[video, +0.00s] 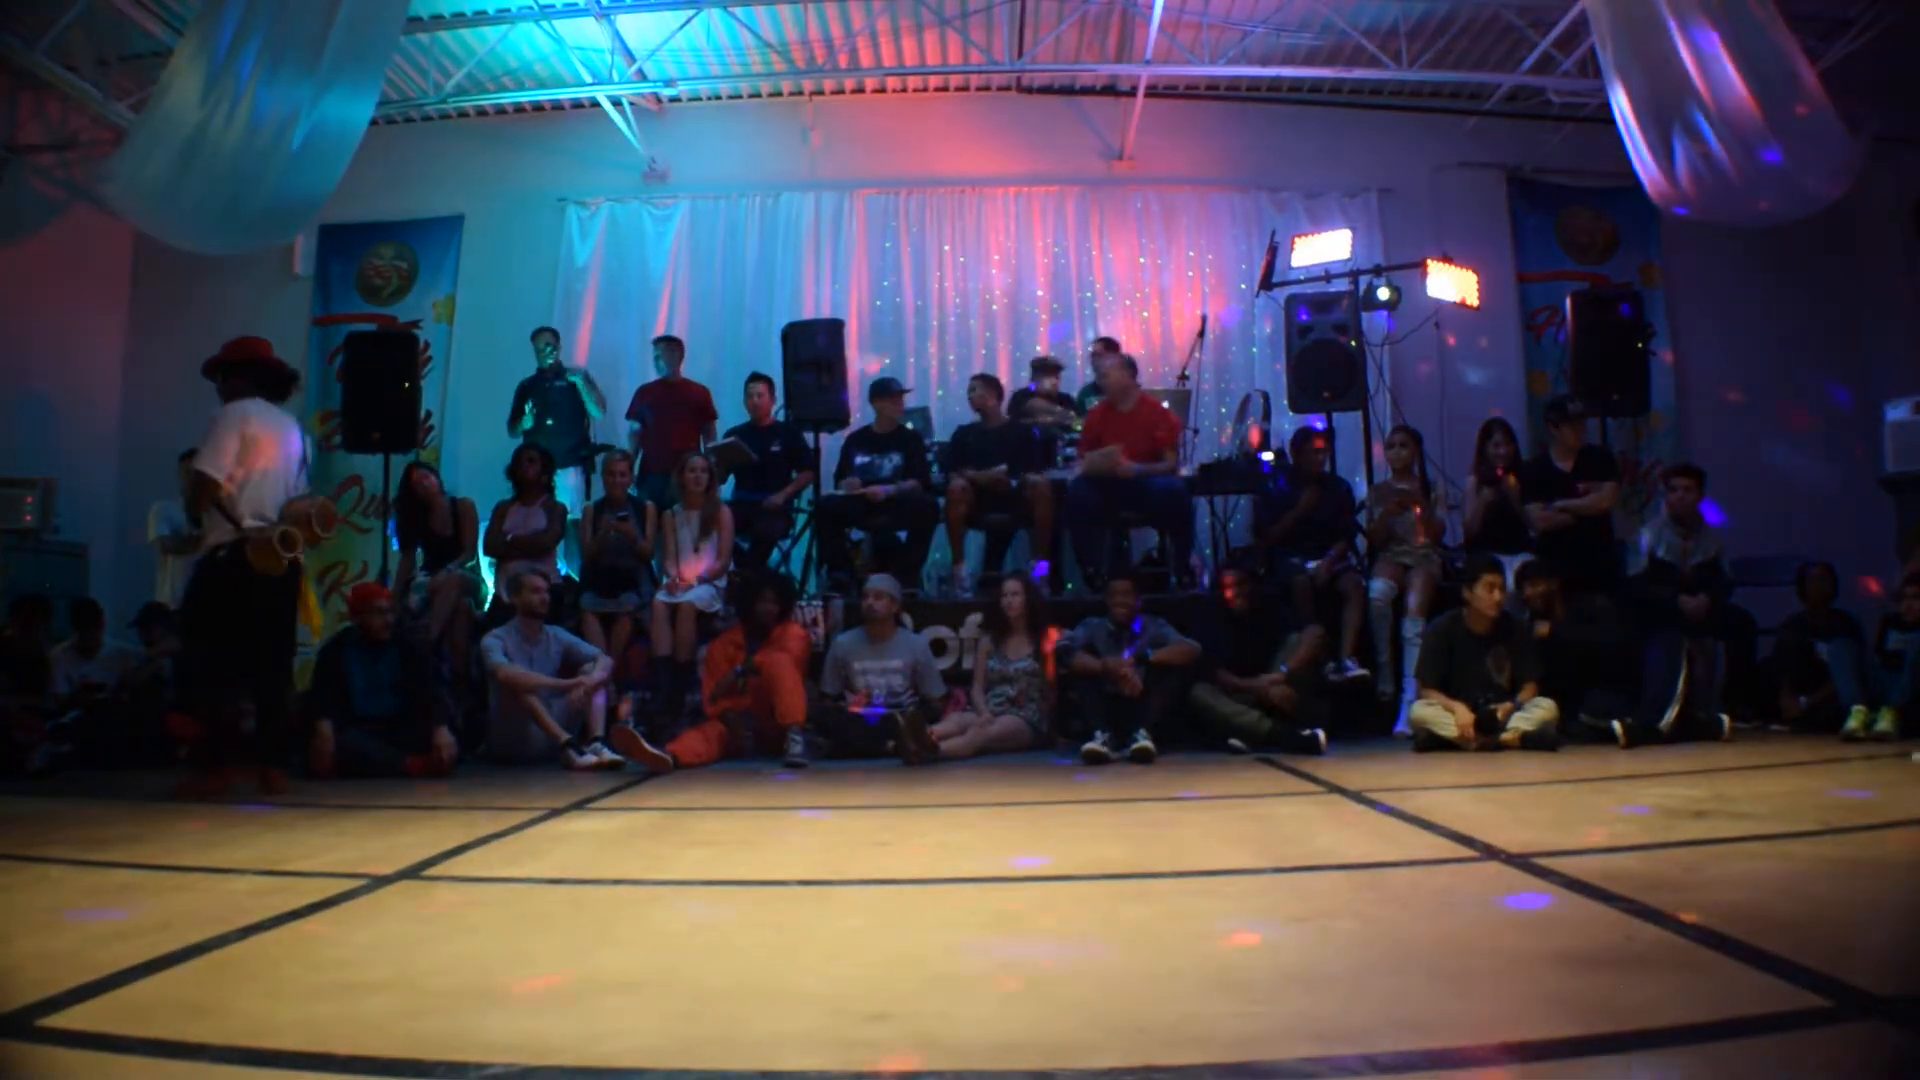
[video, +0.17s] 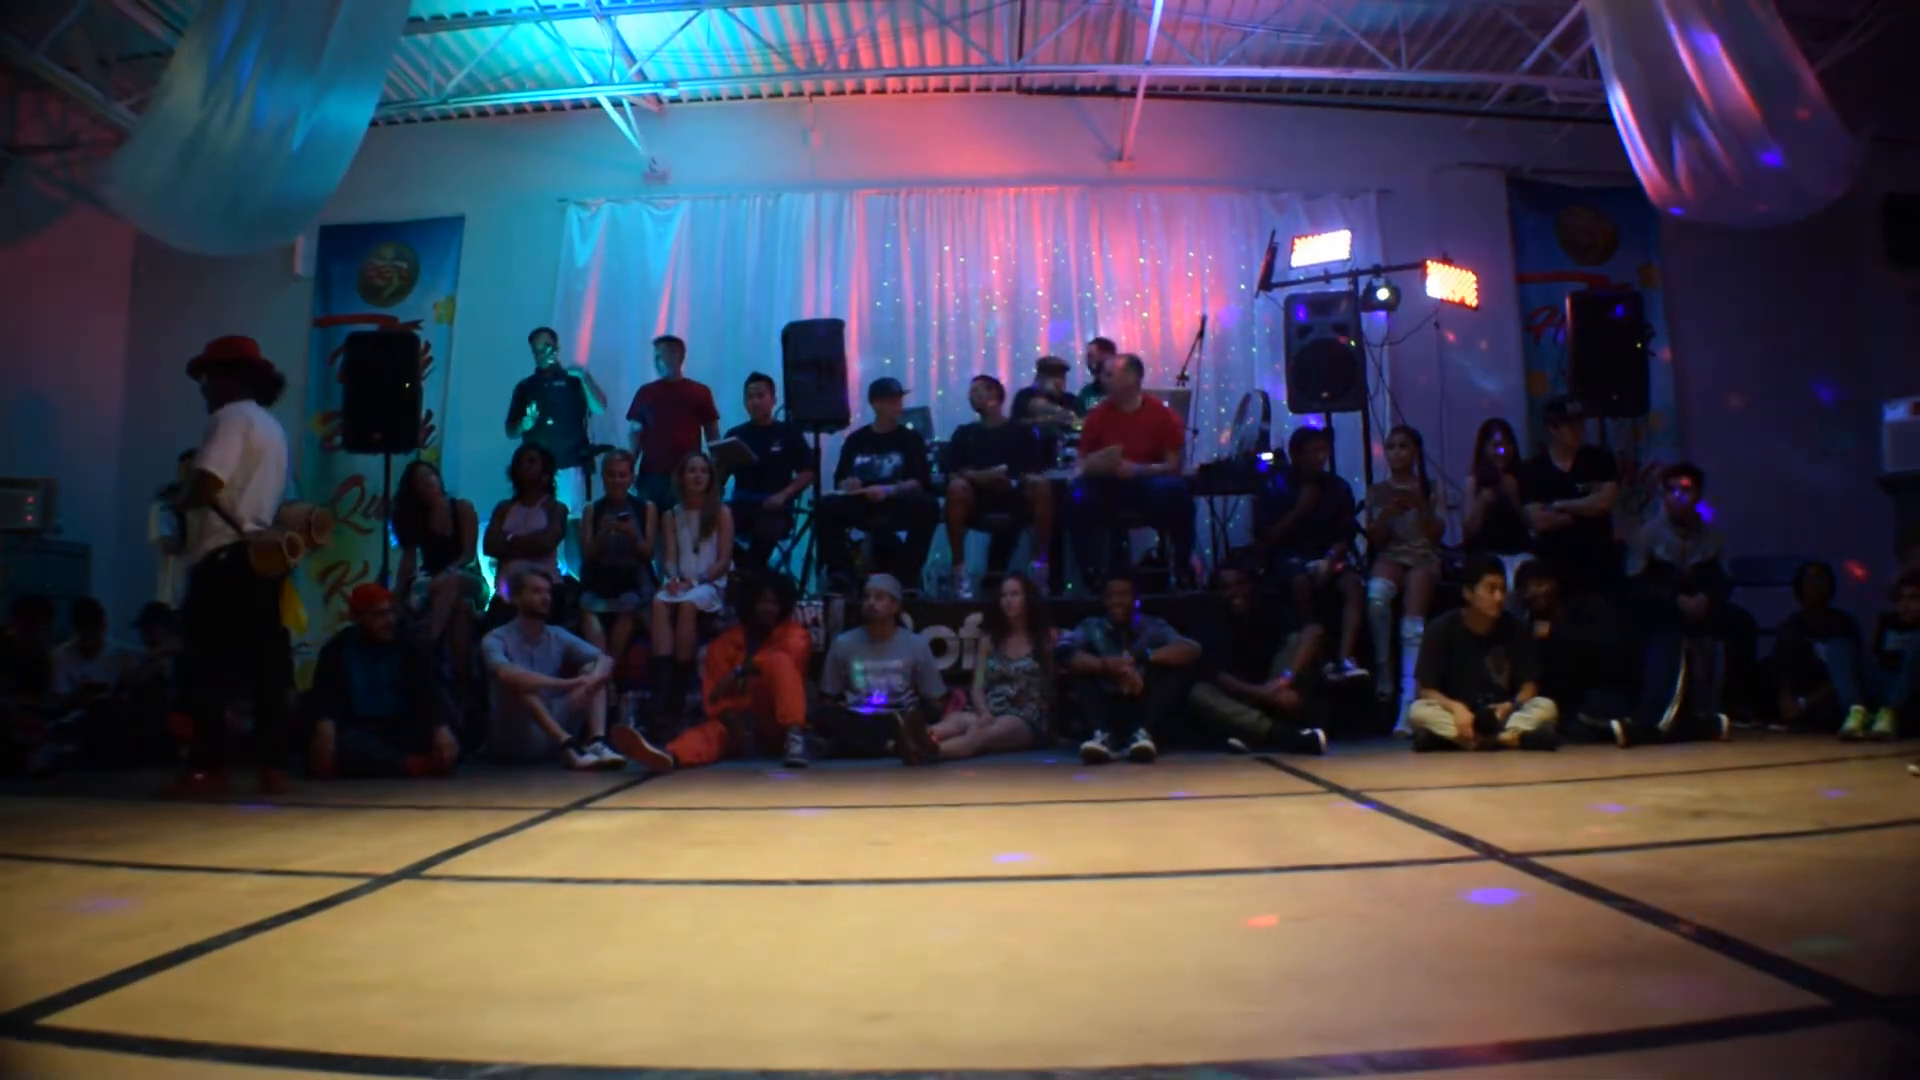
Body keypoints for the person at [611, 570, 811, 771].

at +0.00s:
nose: (768, 609)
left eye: (774, 603)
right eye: (762, 602)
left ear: (783, 607)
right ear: (748, 605)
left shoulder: (792, 634)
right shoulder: (723, 645)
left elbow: (785, 664)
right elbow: (713, 704)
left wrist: (752, 667)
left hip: (774, 716)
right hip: (737, 720)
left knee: (778, 661)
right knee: (709, 735)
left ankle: (795, 738)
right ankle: (670, 756)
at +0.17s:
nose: (769, 609)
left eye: (775, 603)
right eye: (763, 602)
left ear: (784, 607)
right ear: (749, 605)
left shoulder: (793, 634)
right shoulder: (724, 645)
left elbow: (785, 661)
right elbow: (713, 704)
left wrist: (751, 667)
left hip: (774, 715)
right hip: (737, 720)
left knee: (779, 661)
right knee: (710, 735)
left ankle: (794, 738)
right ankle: (671, 756)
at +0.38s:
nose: (769, 609)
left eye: (775, 603)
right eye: (763, 602)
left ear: (784, 606)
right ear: (749, 604)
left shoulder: (793, 632)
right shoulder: (725, 645)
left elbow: (793, 660)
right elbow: (714, 702)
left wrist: (755, 665)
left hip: (774, 716)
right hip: (738, 720)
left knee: (781, 660)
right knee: (711, 735)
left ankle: (795, 737)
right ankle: (671, 755)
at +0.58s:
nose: (767, 609)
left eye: (773, 603)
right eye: (761, 602)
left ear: (783, 606)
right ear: (749, 604)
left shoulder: (793, 633)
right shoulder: (725, 644)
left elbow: (790, 663)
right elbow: (713, 702)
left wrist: (754, 666)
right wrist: (734, 678)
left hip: (773, 715)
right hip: (736, 721)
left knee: (779, 661)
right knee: (710, 734)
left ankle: (795, 737)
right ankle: (670, 755)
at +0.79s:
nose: (768, 609)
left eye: (774, 603)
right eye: (762, 602)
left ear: (784, 606)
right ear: (749, 604)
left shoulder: (793, 633)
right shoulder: (724, 645)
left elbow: (788, 664)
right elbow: (713, 705)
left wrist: (752, 667)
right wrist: (734, 680)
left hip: (775, 715)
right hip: (737, 721)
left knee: (779, 660)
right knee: (711, 733)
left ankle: (795, 736)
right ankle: (670, 755)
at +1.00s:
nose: (768, 609)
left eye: (774, 603)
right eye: (762, 602)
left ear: (783, 607)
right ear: (749, 605)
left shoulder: (793, 634)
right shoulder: (723, 646)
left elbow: (790, 655)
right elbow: (713, 704)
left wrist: (753, 666)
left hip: (775, 717)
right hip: (738, 721)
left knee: (779, 661)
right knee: (711, 734)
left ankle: (795, 735)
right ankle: (670, 755)